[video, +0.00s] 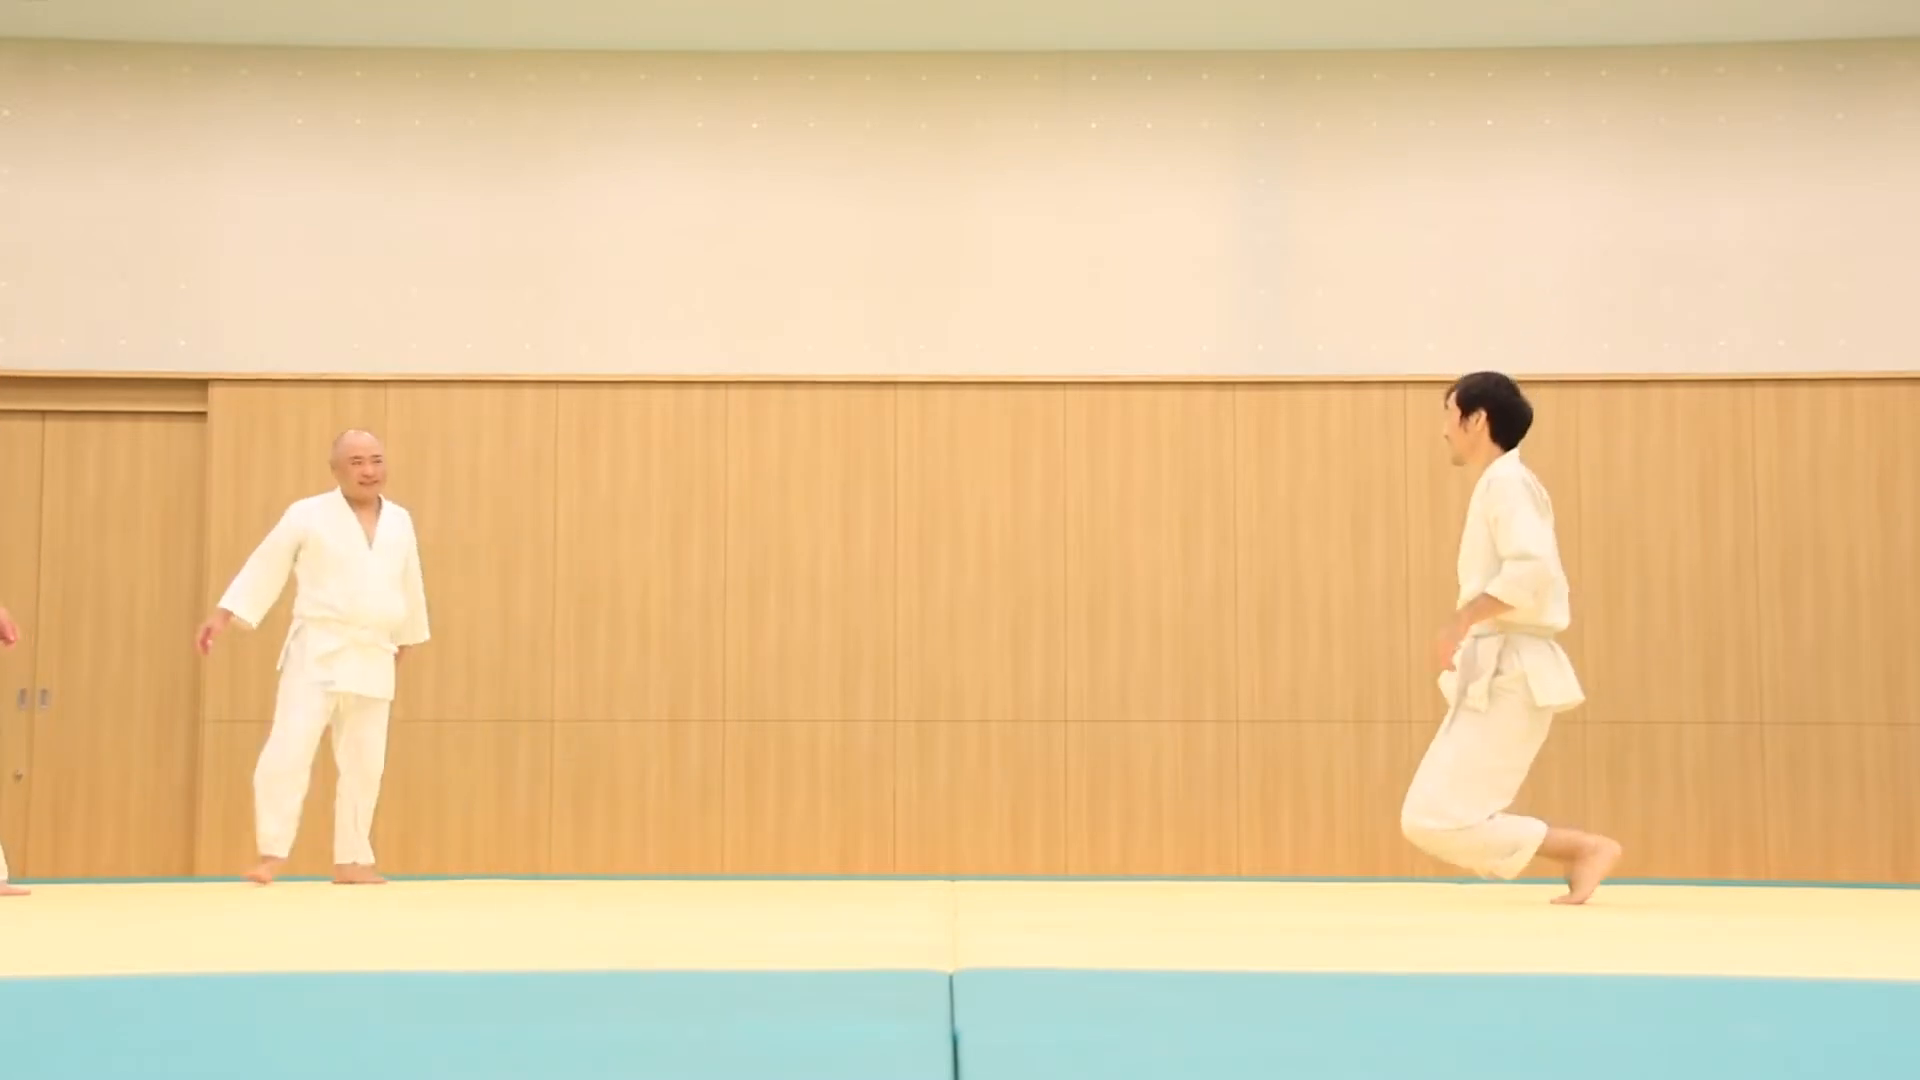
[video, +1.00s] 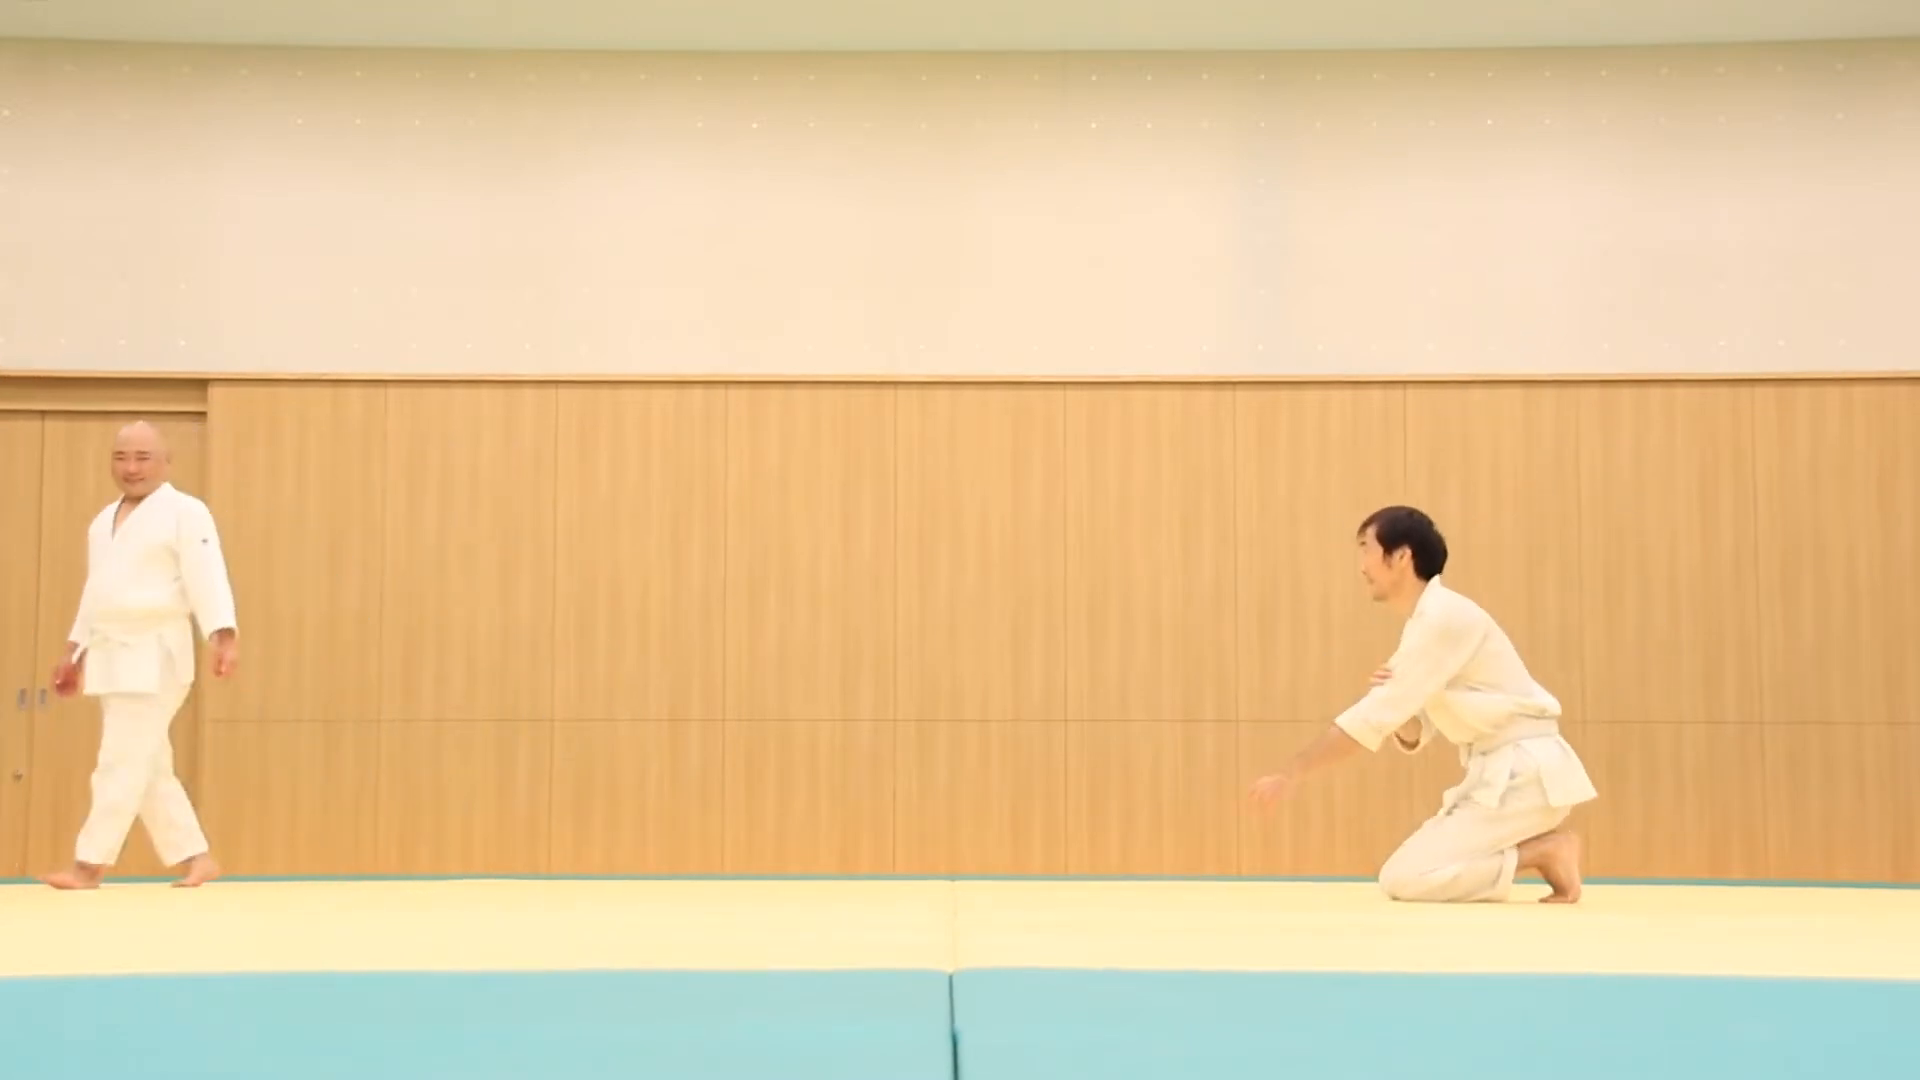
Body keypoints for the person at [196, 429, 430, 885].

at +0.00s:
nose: (368, 470)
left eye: (376, 461)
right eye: (356, 462)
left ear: (386, 466)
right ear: (336, 470)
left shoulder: (399, 521)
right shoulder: (309, 515)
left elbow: (410, 587)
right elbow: (263, 567)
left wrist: (402, 640)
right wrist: (223, 616)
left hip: (372, 655)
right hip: (314, 653)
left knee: (363, 761)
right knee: (288, 751)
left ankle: (352, 862)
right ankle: (272, 855)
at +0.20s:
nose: (321, 471)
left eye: (330, 461)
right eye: (309, 463)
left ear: (343, 467)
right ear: (293, 469)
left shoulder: (360, 522)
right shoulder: (267, 517)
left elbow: (376, 591)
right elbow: (237, 577)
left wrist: (376, 654)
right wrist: (214, 626)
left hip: (339, 656)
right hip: (277, 653)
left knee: (342, 761)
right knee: (241, 751)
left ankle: (350, 863)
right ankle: (210, 861)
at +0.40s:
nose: (259, 472)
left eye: (269, 463)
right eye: (248, 464)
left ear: (286, 468)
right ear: (237, 470)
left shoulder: (312, 522)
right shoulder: (212, 522)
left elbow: (337, 584)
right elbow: (189, 587)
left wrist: (356, 644)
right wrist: (179, 650)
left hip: (285, 659)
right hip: (221, 657)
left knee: (314, 760)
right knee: (204, 760)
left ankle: (338, 862)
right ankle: (205, 864)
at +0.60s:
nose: (208, 469)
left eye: (219, 459)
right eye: (199, 461)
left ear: (242, 464)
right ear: (190, 467)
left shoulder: (271, 515)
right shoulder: (173, 523)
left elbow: (298, 572)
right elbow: (153, 594)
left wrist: (312, 624)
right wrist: (135, 659)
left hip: (244, 658)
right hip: (183, 658)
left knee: (255, 759)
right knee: (186, 762)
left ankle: (265, 858)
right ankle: (203, 864)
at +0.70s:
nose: (188, 467)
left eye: (199, 457)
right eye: (179, 458)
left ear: (222, 462)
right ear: (170, 464)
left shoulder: (251, 511)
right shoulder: (157, 521)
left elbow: (276, 571)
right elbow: (142, 592)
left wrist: (288, 625)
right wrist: (118, 654)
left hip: (226, 650)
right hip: (169, 652)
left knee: (207, 750)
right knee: (174, 755)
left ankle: (206, 858)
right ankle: (199, 859)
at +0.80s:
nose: (169, 467)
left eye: (180, 458)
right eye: (160, 459)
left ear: (203, 462)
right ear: (151, 464)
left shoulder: (230, 511)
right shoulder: (141, 523)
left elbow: (254, 571)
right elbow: (128, 595)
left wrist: (266, 628)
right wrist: (103, 654)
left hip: (206, 648)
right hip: (155, 651)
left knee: (167, 748)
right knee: (174, 754)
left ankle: (143, 859)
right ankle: (204, 865)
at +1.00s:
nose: (131, 466)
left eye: (143, 457)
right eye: (121, 457)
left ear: (165, 462)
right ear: (112, 463)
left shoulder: (186, 513)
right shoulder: (103, 522)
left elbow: (207, 574)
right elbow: (95, 592)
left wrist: (223, 635)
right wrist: (74, 651)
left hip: (158, 654)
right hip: (111, 655)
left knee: (121, 757)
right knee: (145, 761)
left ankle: (88, 867)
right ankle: (197, 857)